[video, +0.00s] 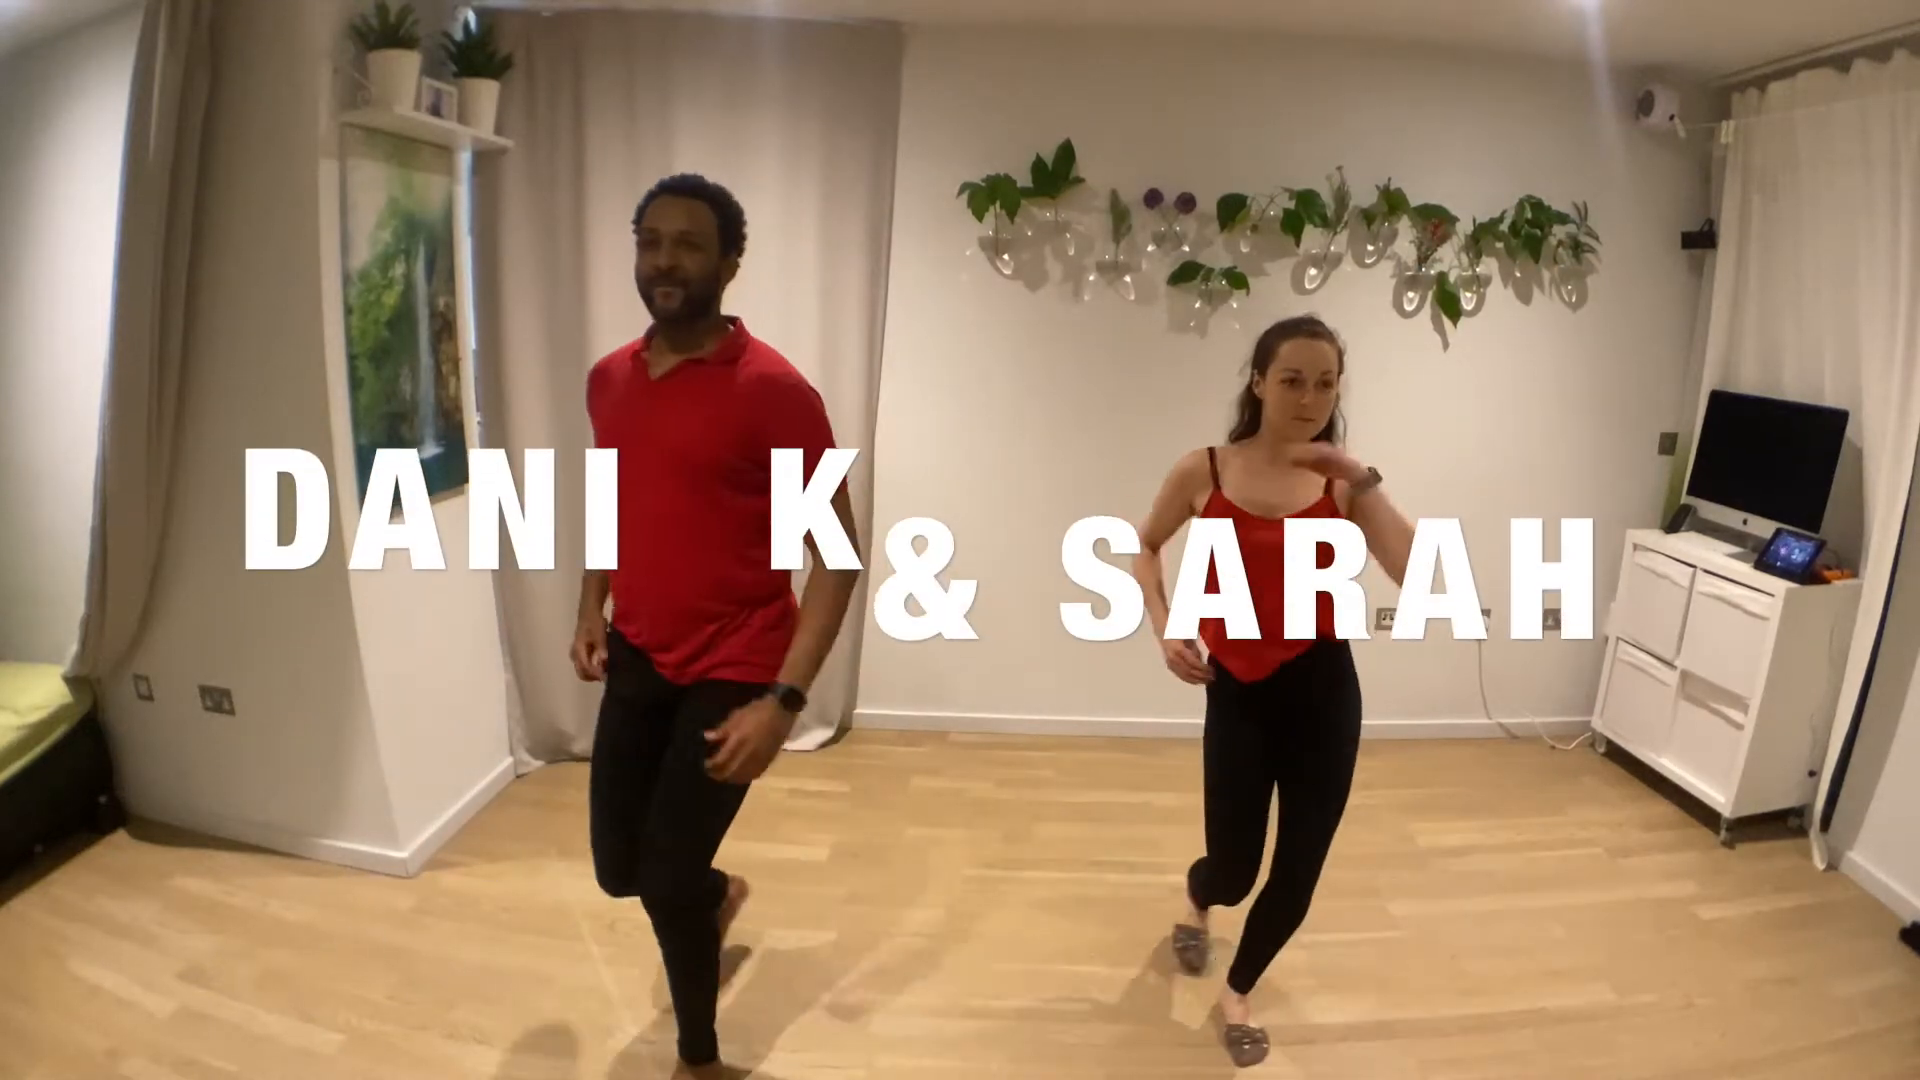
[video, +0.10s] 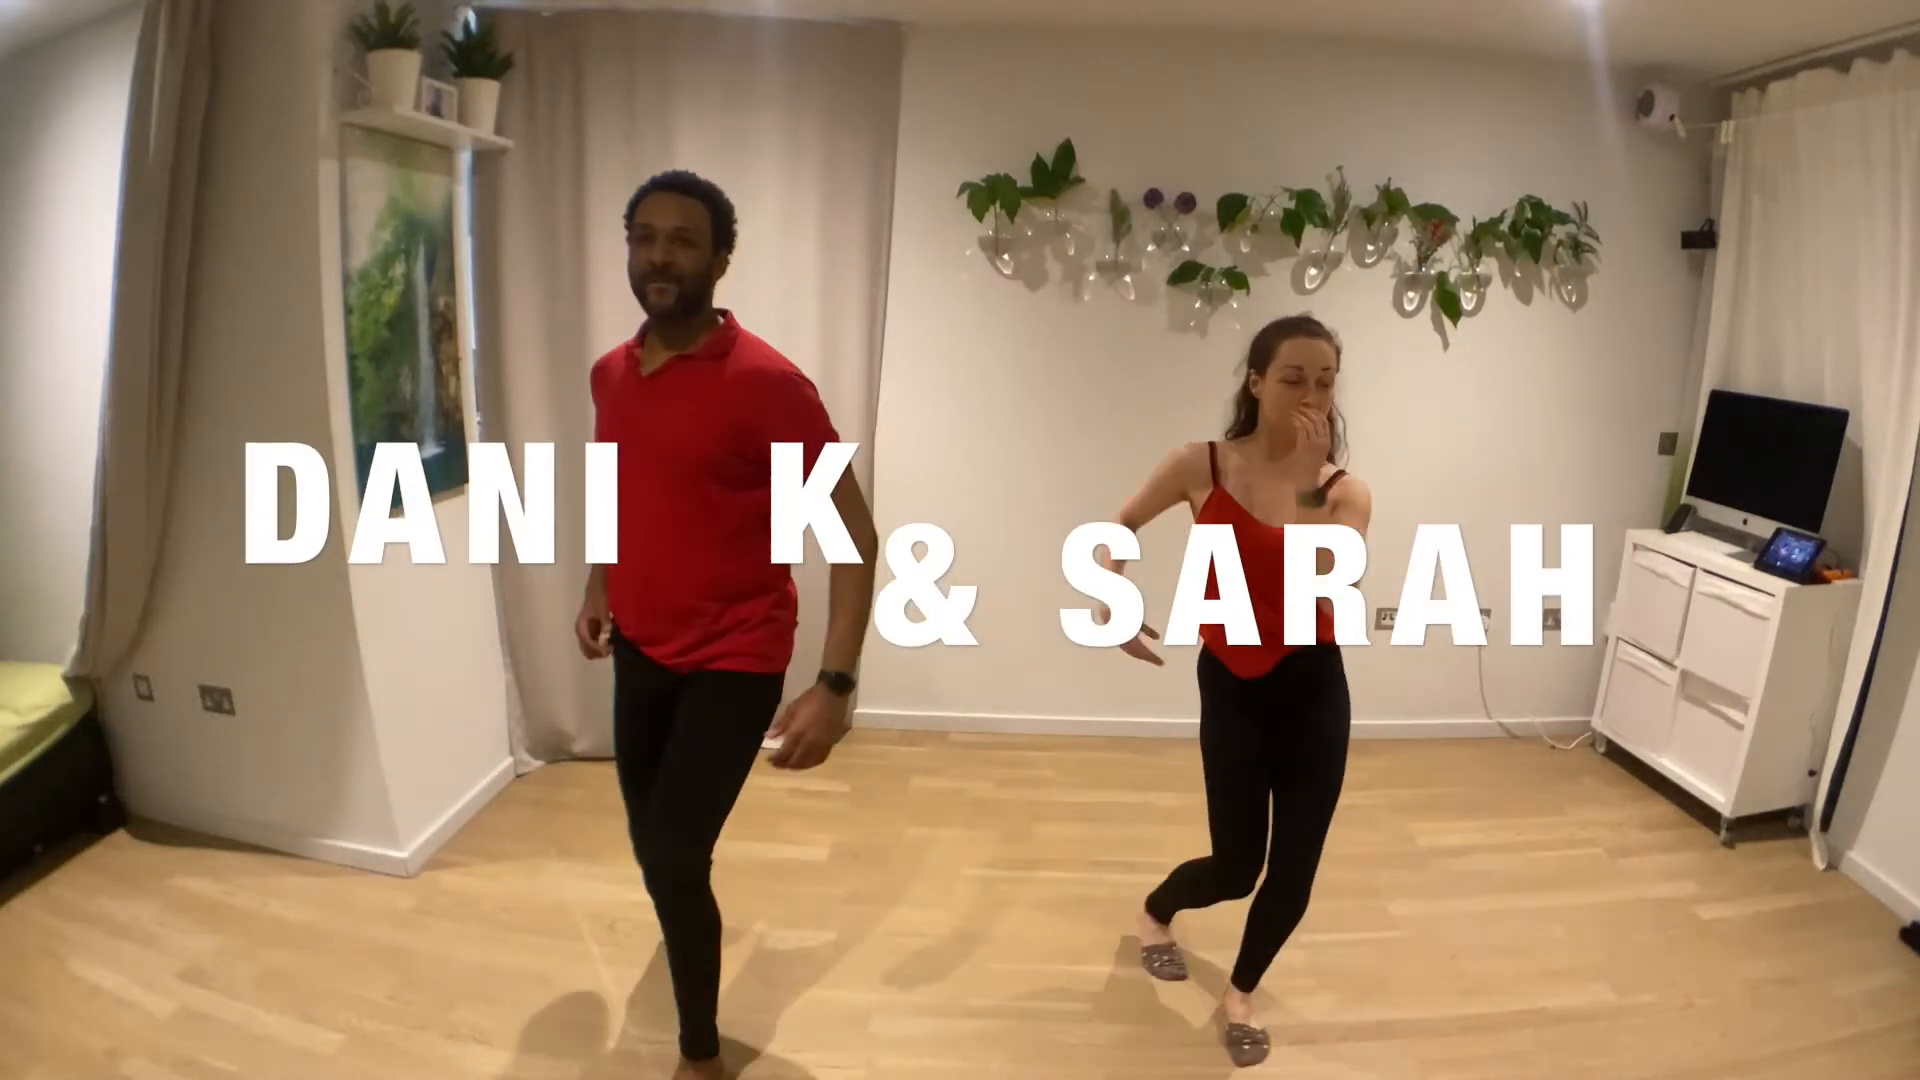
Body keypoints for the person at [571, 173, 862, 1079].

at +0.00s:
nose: (666, 261)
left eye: (689, 246)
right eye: (652, 243)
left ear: (730, 262)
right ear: (634, 255)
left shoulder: (776, 395)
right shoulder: (612, 380)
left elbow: (839, 558)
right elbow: (610, 504)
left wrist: (784, 699)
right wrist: (594, 603)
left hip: (735, 671)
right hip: (639, 658)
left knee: (672, 874)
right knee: (619, 866)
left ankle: (699, 1059)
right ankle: (713, 898)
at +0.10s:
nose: (659, 257)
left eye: (683, 242)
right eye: (643, 239)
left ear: (721, 260)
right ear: (626, 252)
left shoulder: (770, 385)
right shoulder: (614, 374)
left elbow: (856, 535)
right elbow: (612, 488)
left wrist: (837, 681)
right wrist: (599, 580)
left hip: (738, 656)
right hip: (643, 649)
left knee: (673, 854)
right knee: (652, 842)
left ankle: (700, 1055)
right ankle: (695, 952)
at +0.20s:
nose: (659, 251)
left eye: (683, 235)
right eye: (642, 233)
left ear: (716, 252)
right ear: (621, 247)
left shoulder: (771, 371)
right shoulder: (606, 369)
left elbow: (867, 496)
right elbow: (608, 467)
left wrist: (861, 624)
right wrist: (583, 552)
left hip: (754, 635)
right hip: (657, 629)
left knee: (712, 831)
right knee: (666, 816)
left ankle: (716, 1036)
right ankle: (711, 905)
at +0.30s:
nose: (673, 259)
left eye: (694, 240)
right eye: (655, 239)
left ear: (726, 253)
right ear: (631, 253)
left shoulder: (790, 370)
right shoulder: (605, 373)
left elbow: (881, 473)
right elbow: (573, 465)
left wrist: (860, 547)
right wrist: (543, 542)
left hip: (773, 617)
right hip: (676, 613)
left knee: (739, 802)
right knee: (674, 799)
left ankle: (778, 952)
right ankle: (702, 909)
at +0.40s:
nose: (705, 266)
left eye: (722, 247)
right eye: (685, 249)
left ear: (751, 255)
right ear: (660, 262)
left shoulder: (807, 361)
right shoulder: (628, 372)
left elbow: (883, 477)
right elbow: (556, 478)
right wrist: (627, 477)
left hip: (786, 608)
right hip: (685, 605)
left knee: (804, 792)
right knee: (673, 791)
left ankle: (860, 881)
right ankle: (702, 905)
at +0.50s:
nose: (727, 280)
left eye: (745, 260)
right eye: (707, 261)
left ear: (775, 264)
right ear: (687, 269)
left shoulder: (807, 356)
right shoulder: (665, 370)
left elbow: (859, 480)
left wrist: (802, 401)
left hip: (797, 604)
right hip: (702, 607)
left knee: (865, 766)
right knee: (689, 783)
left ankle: (920, 903)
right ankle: (697, 910)